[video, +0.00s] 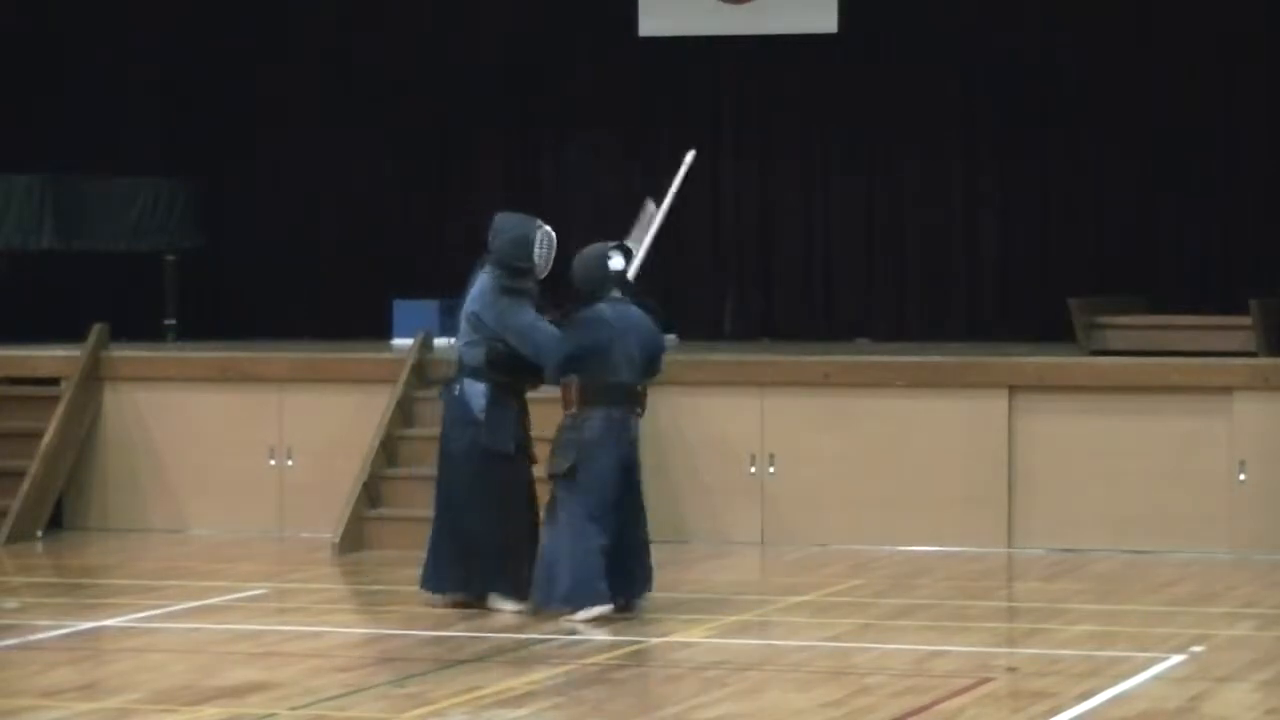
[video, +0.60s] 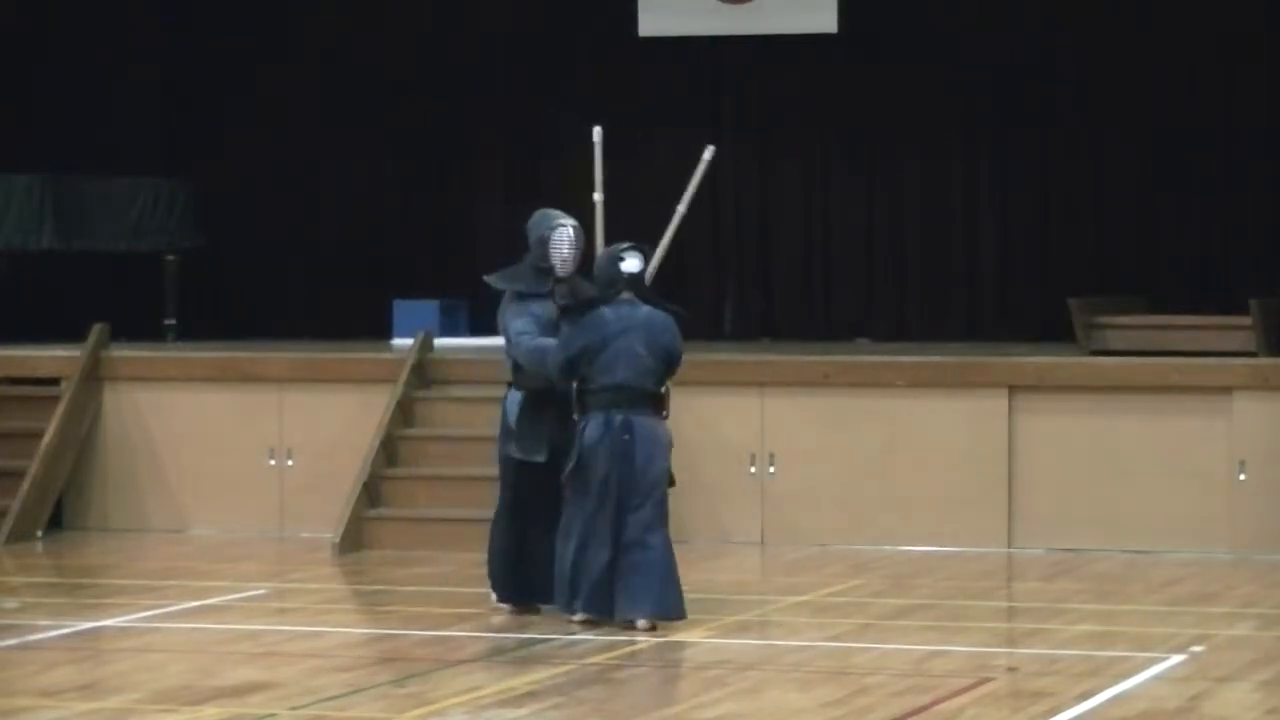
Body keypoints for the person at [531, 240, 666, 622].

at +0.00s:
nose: (576, 285)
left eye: (578, 279)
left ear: (583, 282)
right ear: (616, 278)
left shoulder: (587, 321)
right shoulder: (640, 321)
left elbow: (556, 360)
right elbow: (652, 364)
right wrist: (619, 375)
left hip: (591, 418)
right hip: (626, 418)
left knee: (577, 501)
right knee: (620, 502)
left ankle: (586, 595)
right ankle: (625, 589)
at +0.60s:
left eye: (601, 278)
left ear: (603, 281)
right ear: (639, 280)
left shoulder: (587, 322)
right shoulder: (661, 322)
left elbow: (564, 366)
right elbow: (670, 364)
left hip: (599, 424)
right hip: (647, 424)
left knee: (593, 511)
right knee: (645, 514)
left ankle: (587, 604)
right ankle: (644, 610)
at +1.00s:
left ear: (616, 283)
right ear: (648, 283)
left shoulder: (600, 320)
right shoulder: (669, 319)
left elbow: (575, 358)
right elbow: (686, 363)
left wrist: (555, 313)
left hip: (613, 421)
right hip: (660, 422)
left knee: (616, 509)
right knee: (665, 514)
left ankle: (640, 584)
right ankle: (662, 610)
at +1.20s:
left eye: (624, 283)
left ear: (623, 287)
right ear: (658, 288)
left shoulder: (601, 332)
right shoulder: (675, 330)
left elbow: (580, 374)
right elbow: (689, 375)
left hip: (622, 432)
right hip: (668, 432)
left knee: (625, 520)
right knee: (664, 521)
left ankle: (658, 604)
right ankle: (646, 612)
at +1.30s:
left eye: (623, 284)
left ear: (623, 289)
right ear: (659, 290)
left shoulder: (601, 334)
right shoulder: (680, 335)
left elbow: (581, 387)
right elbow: (689, 384)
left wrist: (589, 420)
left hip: (623, 436)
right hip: (669, 435)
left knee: (632, 525)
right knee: (664, 527)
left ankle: (663, 612)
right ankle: (638, 617)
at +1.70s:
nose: (624, 282)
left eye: (626, 276)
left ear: (629, 281)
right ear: (667, 283)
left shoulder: (608, 328)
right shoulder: (685, 327)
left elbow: (582, 383)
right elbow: (691, 366)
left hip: (631, 433)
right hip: (678, 432)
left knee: (635, 527)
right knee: (668, 525)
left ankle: (666, 620)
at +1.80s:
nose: (628, 278)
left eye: (630, 272)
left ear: (633, 276)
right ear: (672, 280)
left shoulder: (613, 324)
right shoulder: (689, 325)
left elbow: (585, 378)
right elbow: (690, 366)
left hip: (634, 432)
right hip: (682, 431)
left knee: (640, 526)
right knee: (675, 524)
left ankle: (666, 619)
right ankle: (678, 616)